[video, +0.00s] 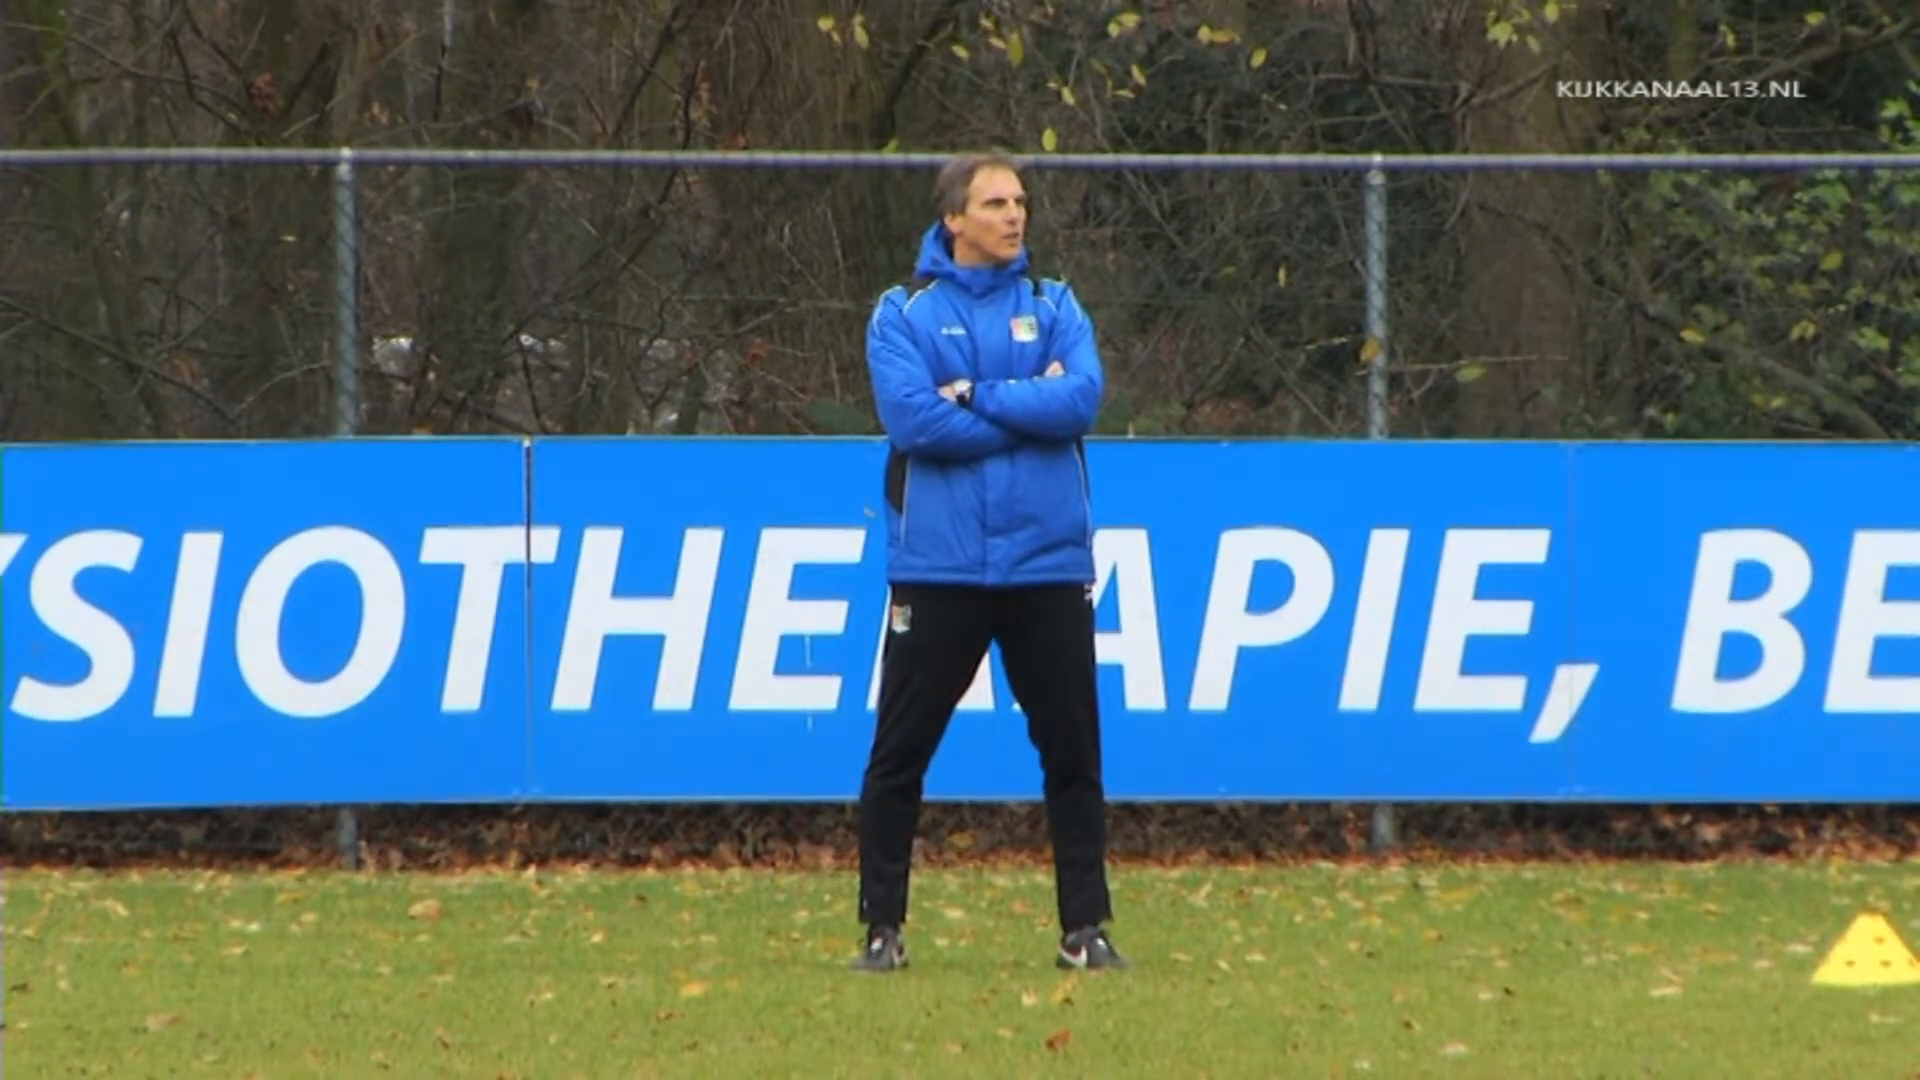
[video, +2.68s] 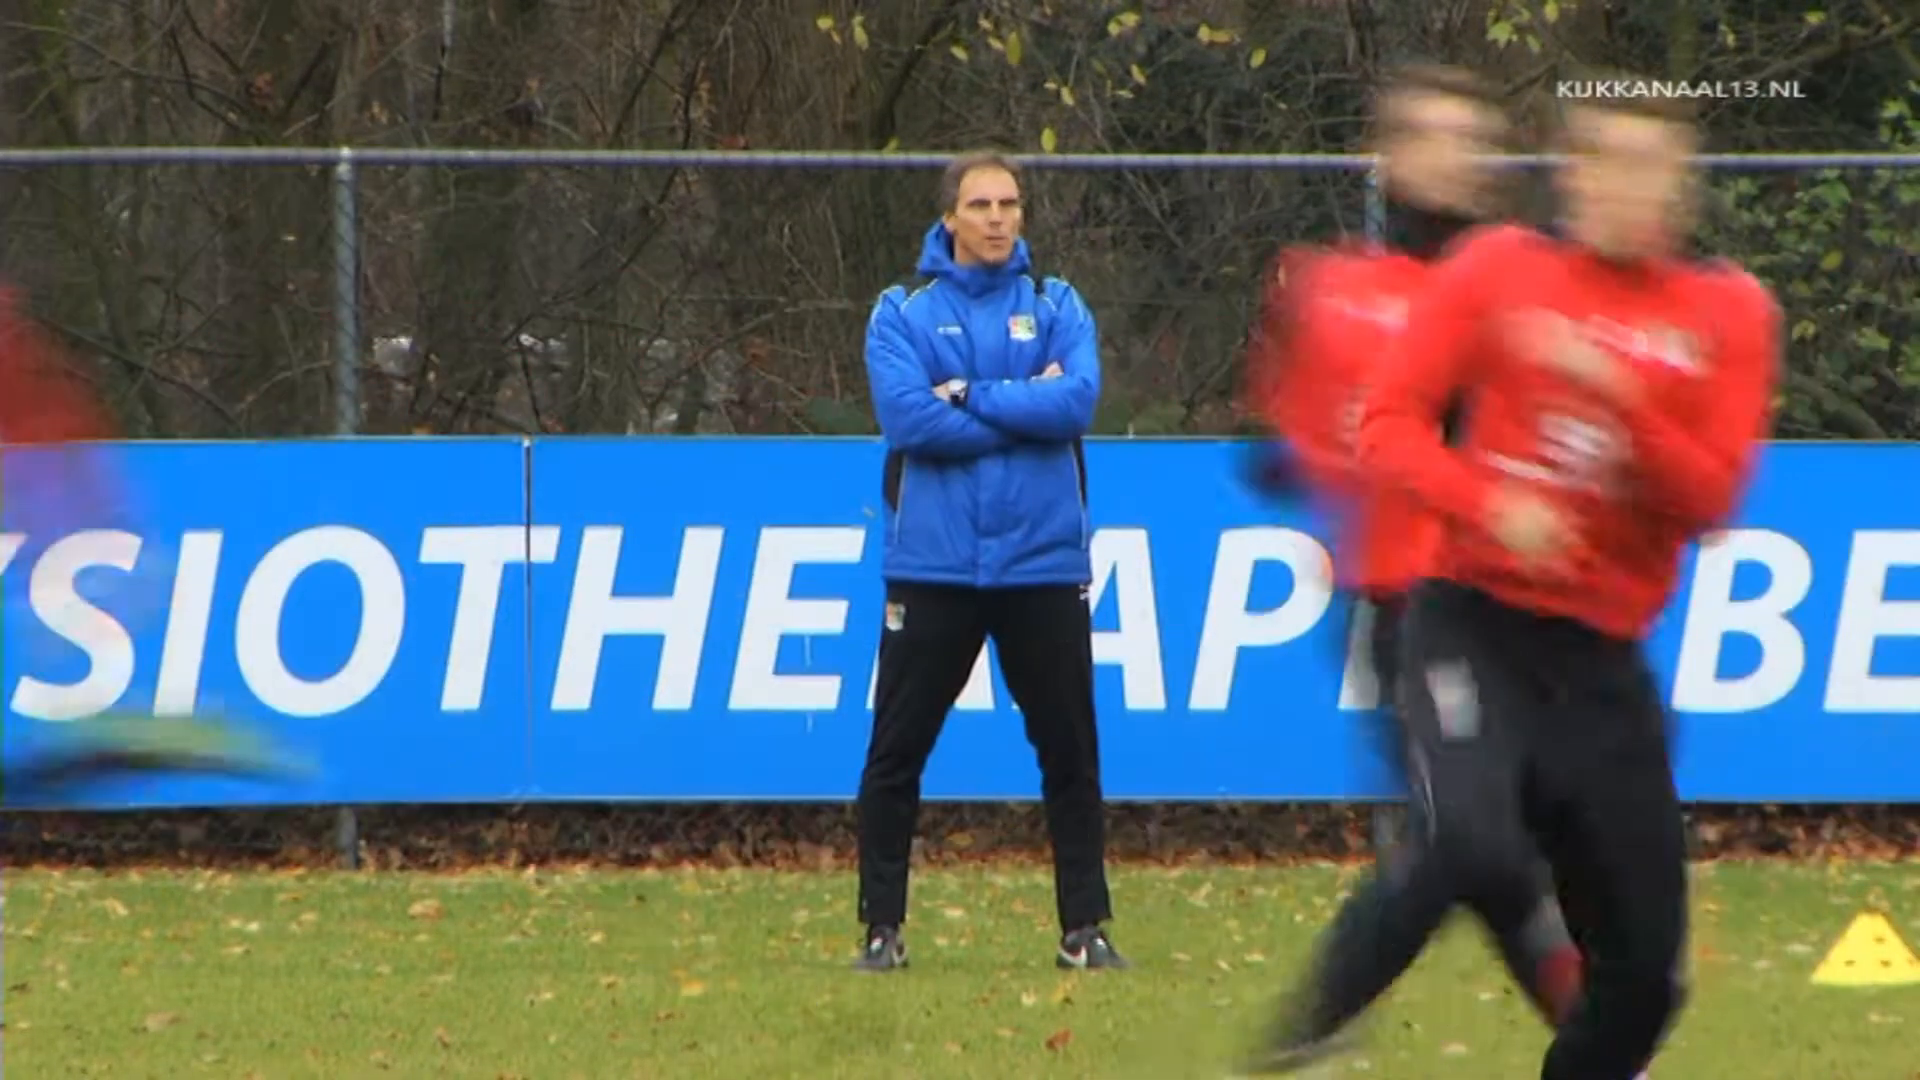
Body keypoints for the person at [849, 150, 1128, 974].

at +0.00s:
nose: (1013, 215)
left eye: (1019, 203)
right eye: (995, 205)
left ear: (1027, 216)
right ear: (954, 221)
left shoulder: (1055, 304)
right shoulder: (902, 313)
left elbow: (1080, 401)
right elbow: (916, 425)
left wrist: (971, 392)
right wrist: (1025, 413)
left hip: (1049, 567)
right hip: (941, 570)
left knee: (1073, 751)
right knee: (901, 752)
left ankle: (1085, 931)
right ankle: (882, 929)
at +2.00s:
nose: (1007, 221)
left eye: (1016, 208)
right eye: (990, 210)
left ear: (1027, 218)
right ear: (952, 222)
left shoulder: (1056, 305)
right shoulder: (900, 312)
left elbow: (1077, 402)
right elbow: (912, 426)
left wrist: (966, 393)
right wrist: (1022, 414)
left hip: (1047, 567)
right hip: (938, 570)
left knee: (1072, 751)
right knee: (899, 752)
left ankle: (1085, 929)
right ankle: (882, 928)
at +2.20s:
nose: (1003, 221)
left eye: (1012, 208)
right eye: (986, 209)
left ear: (1024, 218)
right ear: (950, 221)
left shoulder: (1057, 305)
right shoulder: (899, 312)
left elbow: (1075, 401)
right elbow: (912, 425)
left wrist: (964, 392)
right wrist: (1023, 413)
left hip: (1045, 567)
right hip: (937, 570)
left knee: (1071, 751)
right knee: (899, 753)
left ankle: (1085, 930)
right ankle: (882, 929)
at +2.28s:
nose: (1000, 228)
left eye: (1012, 212)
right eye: (984, 213)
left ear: (1032, 218)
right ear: (951, 221)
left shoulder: (1060, 314)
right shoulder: (905, 318)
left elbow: (1094, 421)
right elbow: (915, 437)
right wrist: (993, 344)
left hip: (1044, 567)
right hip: (940, 570)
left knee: (1070, 742)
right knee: (899, 749)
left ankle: (1085, 927)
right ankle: (883, 926)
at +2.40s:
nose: (1001, 221)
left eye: (1012, 207)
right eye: (984, 208)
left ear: (1025, 217)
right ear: (950, 220)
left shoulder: (1057, 304)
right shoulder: (900, 311)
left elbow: (1076, 400)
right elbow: (912, 430)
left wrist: (964, 395)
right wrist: (1023, 411)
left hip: (1048, 566)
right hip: (936, 570)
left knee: (1070, 751)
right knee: (899, 750)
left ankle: (1086, 928)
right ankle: (881, 924)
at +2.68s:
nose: (996, 219)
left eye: (1007, 205)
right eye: (979, 206)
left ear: (1023, 216)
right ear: (950, 218)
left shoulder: (1059, 305)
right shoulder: (900, 312)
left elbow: (1076, 403)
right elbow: (911, 423)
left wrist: (965, 392)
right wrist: (1020, 415)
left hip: (1044, 567)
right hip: (934, 568)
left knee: (1070, 750)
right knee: (898, 751)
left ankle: (1085, 930)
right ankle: (882, 929)